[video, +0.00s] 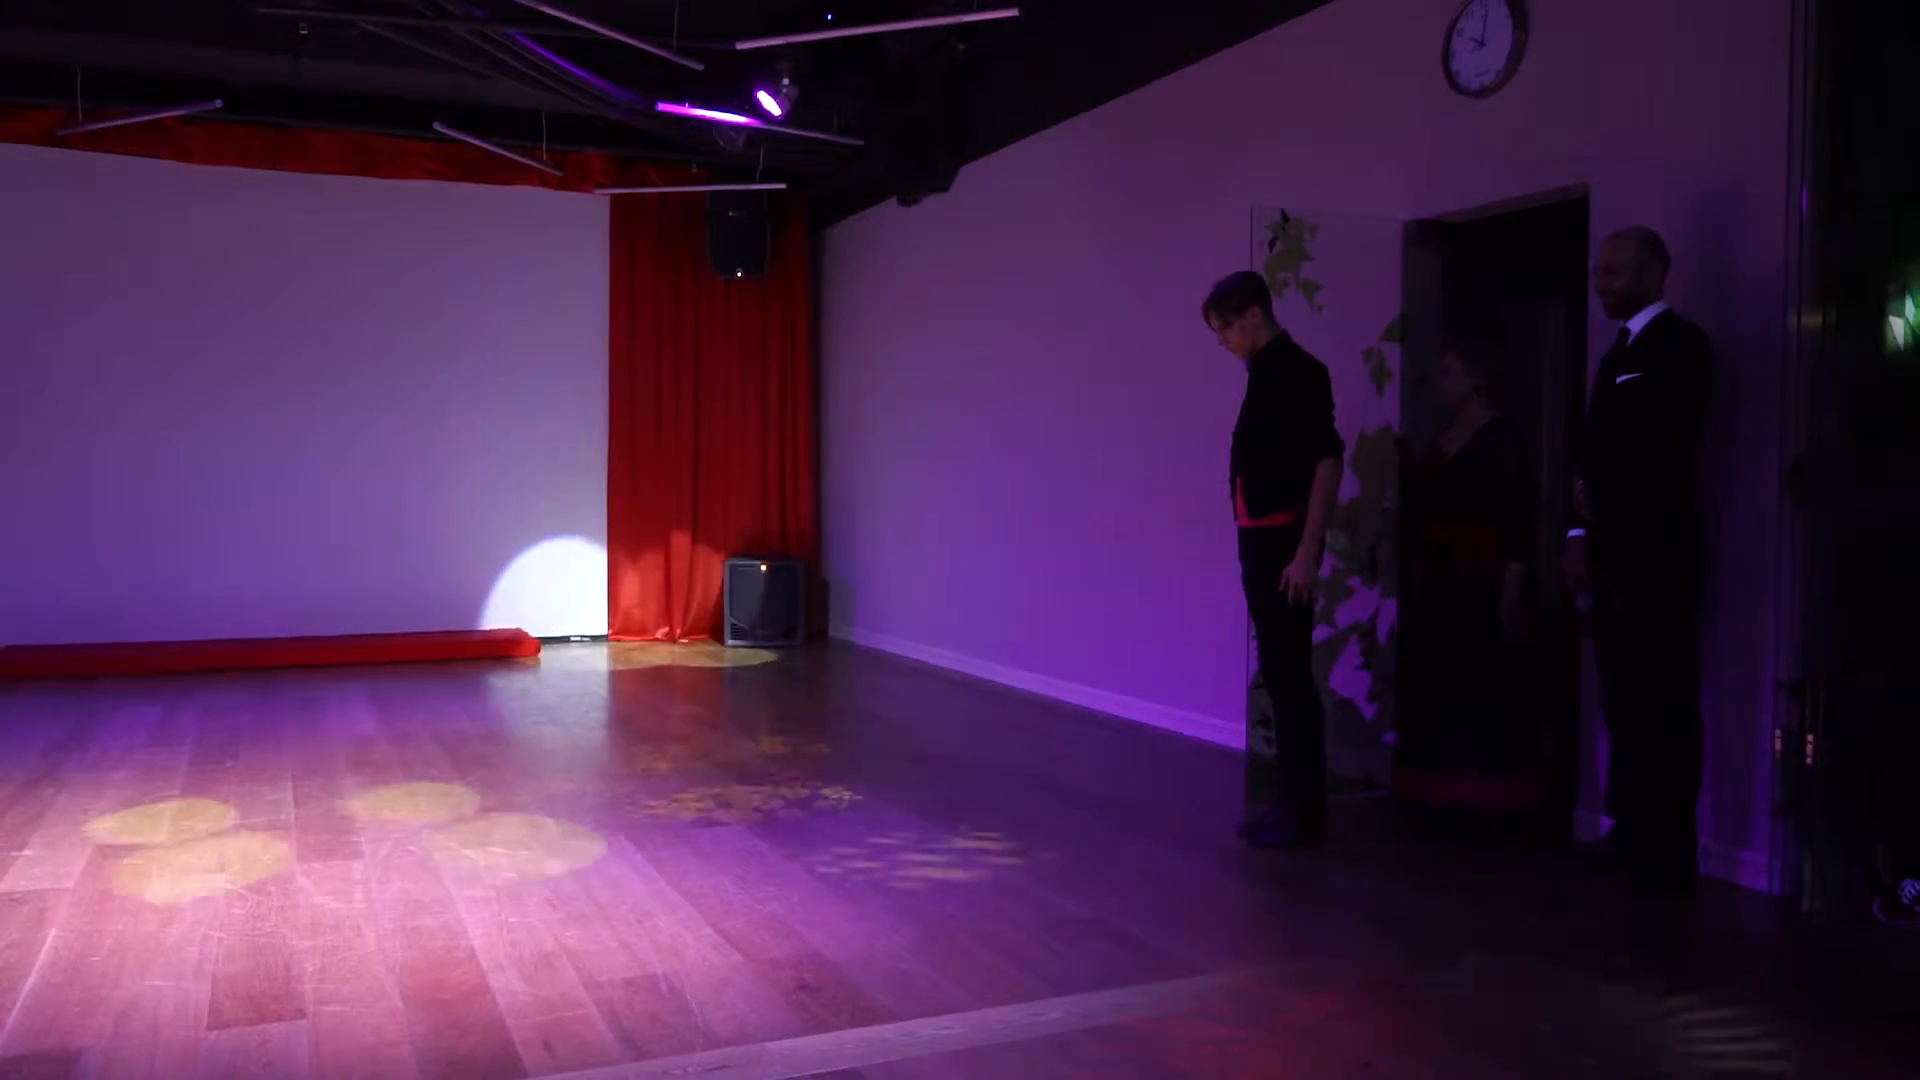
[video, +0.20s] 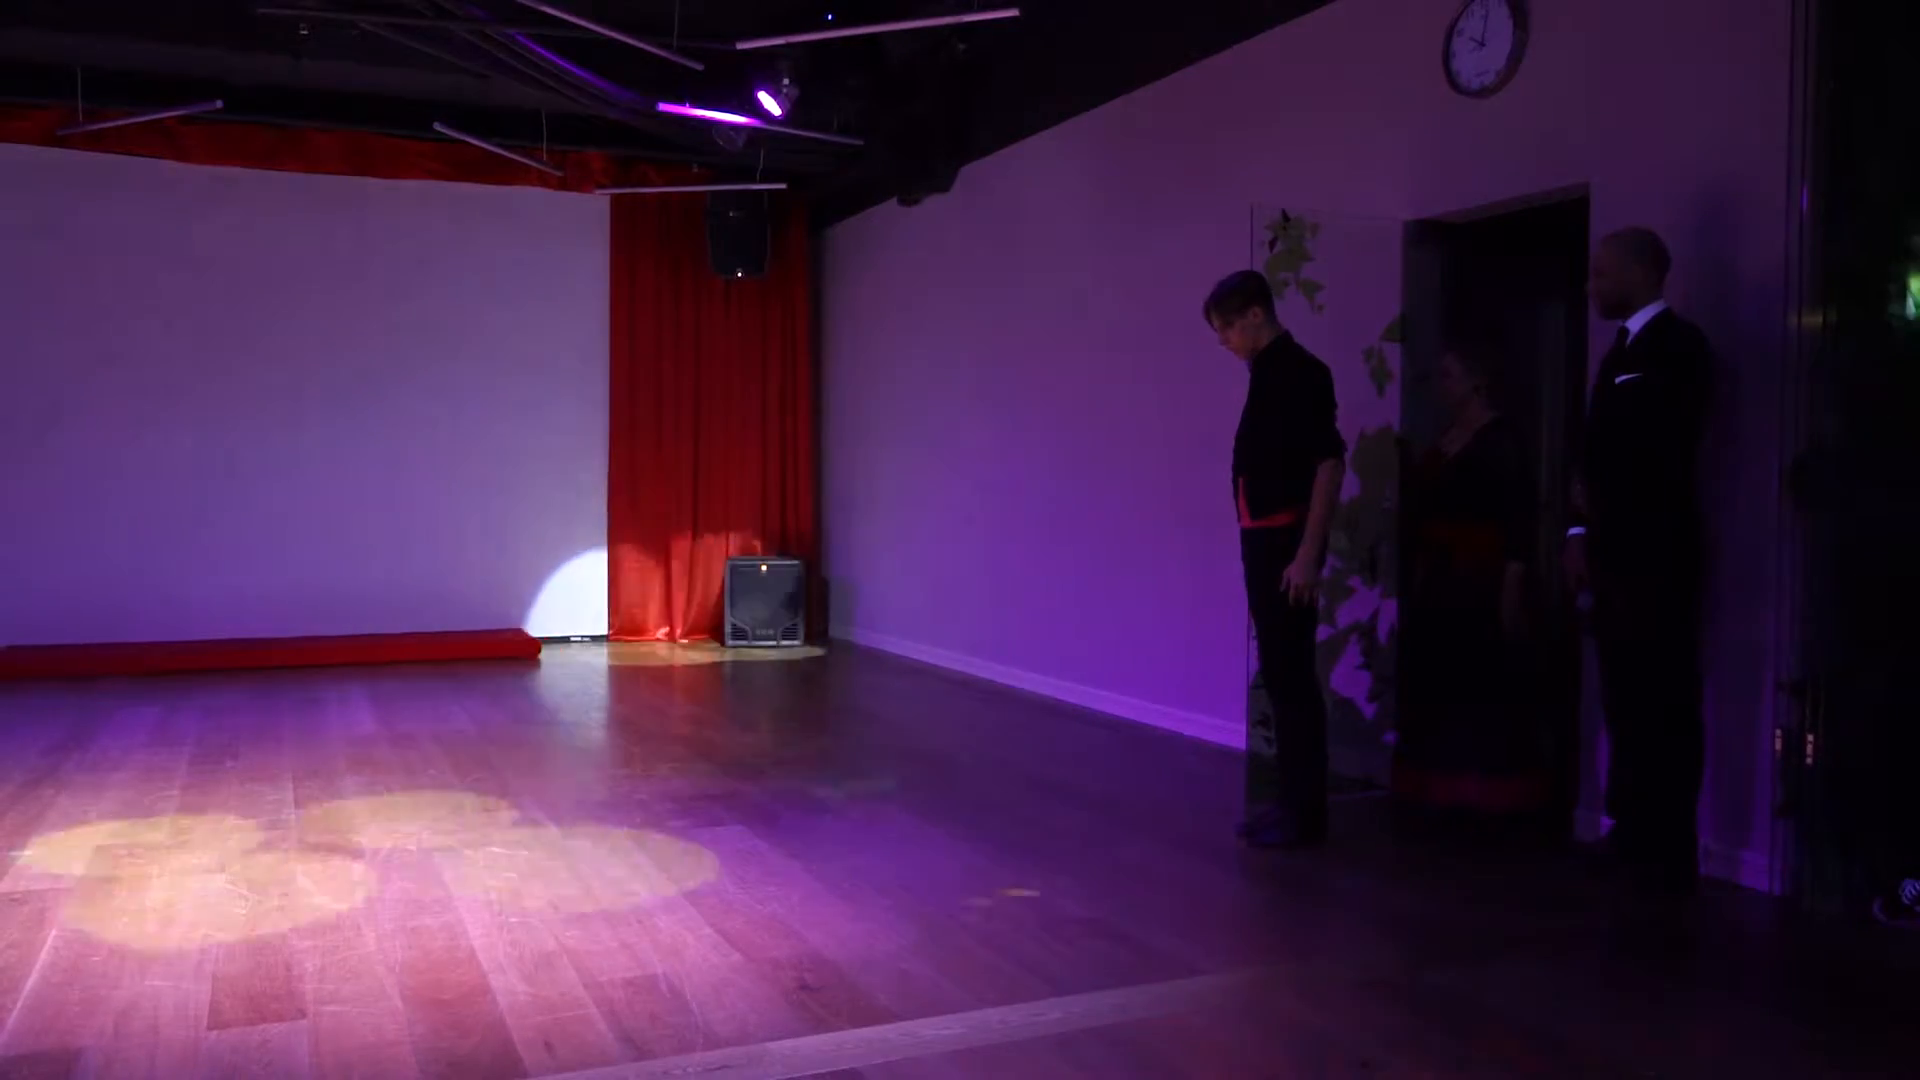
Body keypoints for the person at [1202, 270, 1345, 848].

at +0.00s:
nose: (1222, 343)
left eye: (1224, 330)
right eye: (1217, 333)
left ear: (1254, 316)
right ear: (1250, 320)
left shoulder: (1297, 372)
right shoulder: (1267, 372)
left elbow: (1327, 462)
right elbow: (1270, 465)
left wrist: (1306, 554)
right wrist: (1255, 545)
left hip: (1283, 544)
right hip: (1261, 542)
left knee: (1289, 677)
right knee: (1281, 677)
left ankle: (1299, 811)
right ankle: (1291, 805)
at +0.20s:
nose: (1222, 342)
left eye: (1225, 329)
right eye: (1218, 332)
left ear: (1255, 316)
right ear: (1253, 319)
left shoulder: (1299, 372)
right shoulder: (1270, 372)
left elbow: (1328, 463)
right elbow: (1275, 465)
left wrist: (1307, 555)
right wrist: (1259, 545)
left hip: (1284, 544)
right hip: (1263, 542)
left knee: (1291, 676)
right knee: (1283, 676)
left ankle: (1300, 811)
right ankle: (1292, 805)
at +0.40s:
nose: (1222, 342)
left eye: (1225, 329)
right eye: (1218, 332)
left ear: (1256, 316)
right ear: (1253, 320)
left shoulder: (1300, 372)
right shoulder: (1271, 372)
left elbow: (1329, 464)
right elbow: (1280, 465)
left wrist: (1307, 556)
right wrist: (1261, 545)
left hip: (1286, 545)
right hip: (1264, 542)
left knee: (1290, 677)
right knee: (1281, 677)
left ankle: (1299, 812)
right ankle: (1291, 806)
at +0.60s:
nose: (1223, 341)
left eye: (1225, 327)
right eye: (1219, 331)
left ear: (1252, 314)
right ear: (1248, 318)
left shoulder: (1296, 371)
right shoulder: (1269, 371)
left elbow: (1325, 464)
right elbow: (1280, 466)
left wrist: (1303, 556)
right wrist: (1263, 548)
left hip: (1284, 544)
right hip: (1264, 542)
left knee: (1287, 675)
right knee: (1277, 676)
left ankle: (1299, 809)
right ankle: (1289, 803)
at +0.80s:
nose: (1219, 342)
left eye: (1222, 329)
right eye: (1215, 332)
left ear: (1248, 319)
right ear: (1239, 324)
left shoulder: (1295, 376)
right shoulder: (1262, 375)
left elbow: (1320, 467)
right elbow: (1265, 464)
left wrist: (1298, 556)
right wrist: (1252, 541)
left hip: (1282, 544)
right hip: (1259, 541)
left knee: (1284, 678)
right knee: (1275, 678)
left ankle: (1298, 810)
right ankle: (1287, 803)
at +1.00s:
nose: (1210, 344)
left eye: (1213, 332)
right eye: (1206, 334)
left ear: (1242, 320)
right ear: (1231, 326)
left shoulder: (1285, 377)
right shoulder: (1254, 375)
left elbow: (1312, 468)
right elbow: (1261, 464)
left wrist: (1294, 561)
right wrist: (1246, 542)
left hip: (1272, 547)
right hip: (1252, 544)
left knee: (1251, 667)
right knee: (1263, 668)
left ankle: (1293, 805)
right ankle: (1289, 800)